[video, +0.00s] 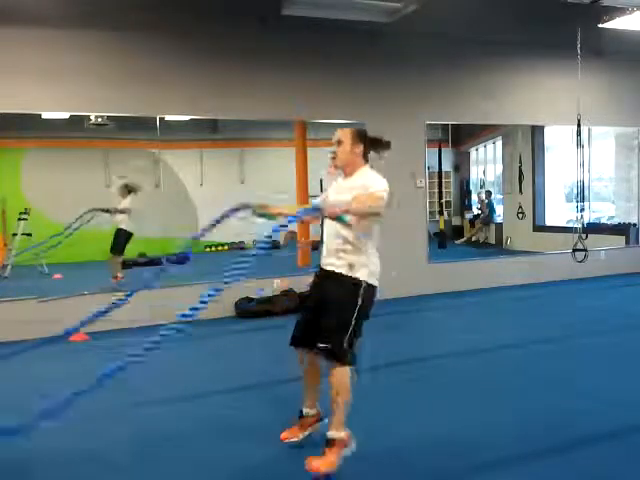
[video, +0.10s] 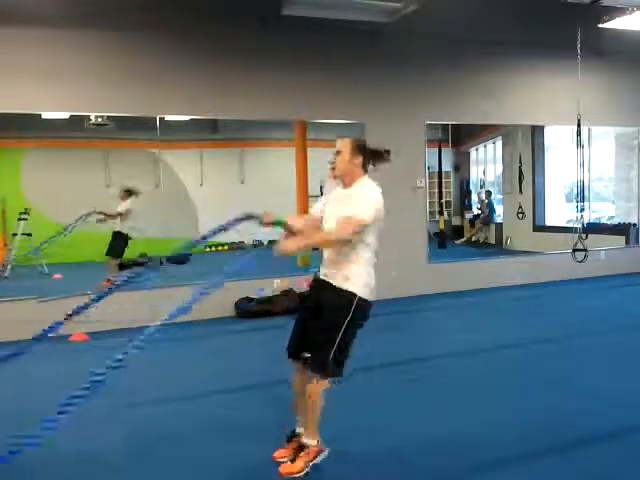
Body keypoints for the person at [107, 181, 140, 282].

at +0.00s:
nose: (119, 193)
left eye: (121, 191)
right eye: (119, 191)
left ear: (126, 191)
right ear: (126, 191)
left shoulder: (130, 199)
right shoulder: (124, 201)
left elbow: (128, 210)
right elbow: (120, 211)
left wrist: (116, 211)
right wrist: (111, 211)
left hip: (126, 228)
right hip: (121, 227)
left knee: (117, 253)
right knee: (115, 252)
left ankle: (118, 274)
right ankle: (116, 274)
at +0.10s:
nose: (120, 196)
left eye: (122, 194)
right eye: (120, 194)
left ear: (126, 194)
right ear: (128, 195)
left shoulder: (128, 204)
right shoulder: (124, 204)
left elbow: (117, 215)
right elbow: (116, 216)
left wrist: (103, 213)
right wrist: (104, 219)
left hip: (122, 233)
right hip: (120, 232)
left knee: (113, 257)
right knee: (114, 257)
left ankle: (113, 278)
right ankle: (113, 277)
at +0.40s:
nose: (120, 192)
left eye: (122, 190)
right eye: (121, 190)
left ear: (125, 192)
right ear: (127, 193)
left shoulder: (124, 203)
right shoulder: (121, 203)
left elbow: (110, 205)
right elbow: (114, 210)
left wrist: (94, 206)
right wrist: (107, 210)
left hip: (122, 231)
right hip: (119, 230)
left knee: (116, 255)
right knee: (115, 255)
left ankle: (112, 277)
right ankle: (113, 276)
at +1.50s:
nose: (112, 202)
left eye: (114, 200)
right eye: (112, 200)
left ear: (118, 201)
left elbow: (124, 218)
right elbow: (112, 219)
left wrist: (113, 221)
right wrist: (106, 220)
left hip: (122, 240)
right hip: (117, 240)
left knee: (119, 263)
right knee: (112, 261)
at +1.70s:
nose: (116, 194)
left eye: (118, 192)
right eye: (117, 192)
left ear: (124, 193)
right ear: (123, 193)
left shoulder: (124, 203)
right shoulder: (119, 203)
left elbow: (123, 212)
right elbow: (112, 212)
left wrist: (108, 213)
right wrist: (101, 212)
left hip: (120, 232)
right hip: (116, 231)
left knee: (116, 257)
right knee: (113, 257)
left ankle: (117, 280)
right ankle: (115, 279)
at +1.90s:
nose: (118, 193)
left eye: (120, 191)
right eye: (118, 190)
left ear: (125, 192)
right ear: (123, 192)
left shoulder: (124, 204)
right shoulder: (121, 202)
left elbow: (118, 217)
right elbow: (117, 216)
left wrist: (105, 220)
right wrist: (105, 219)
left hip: (119, 232)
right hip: (115, 231)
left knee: (114, 257)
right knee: (111, 257)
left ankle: (116, 279)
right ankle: (114, 278)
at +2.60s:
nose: (106, 196)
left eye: (108, 193)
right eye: (106, 193)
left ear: (113, 194)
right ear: (113, 195)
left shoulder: (115, 205)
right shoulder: (109, 206)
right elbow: (101, 216)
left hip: (114, 233)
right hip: (109, 233)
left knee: (112, 258)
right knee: (111, 258)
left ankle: (115, 279)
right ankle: (114, 278)